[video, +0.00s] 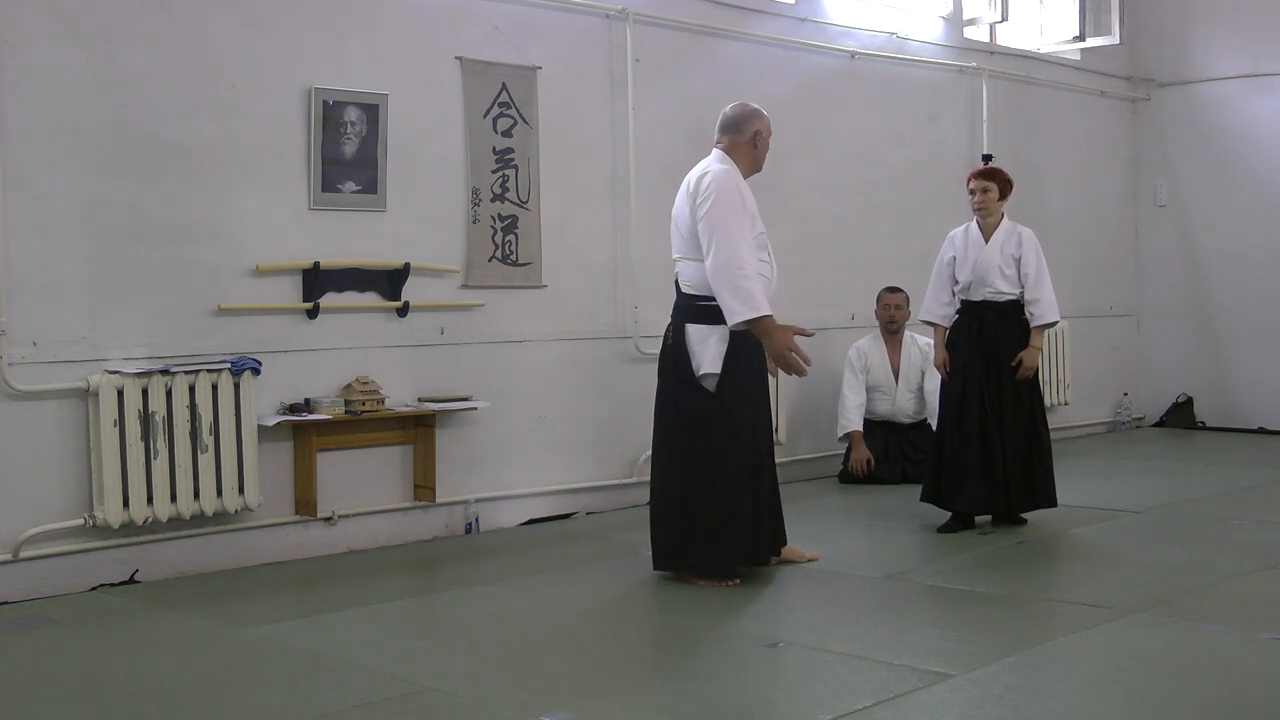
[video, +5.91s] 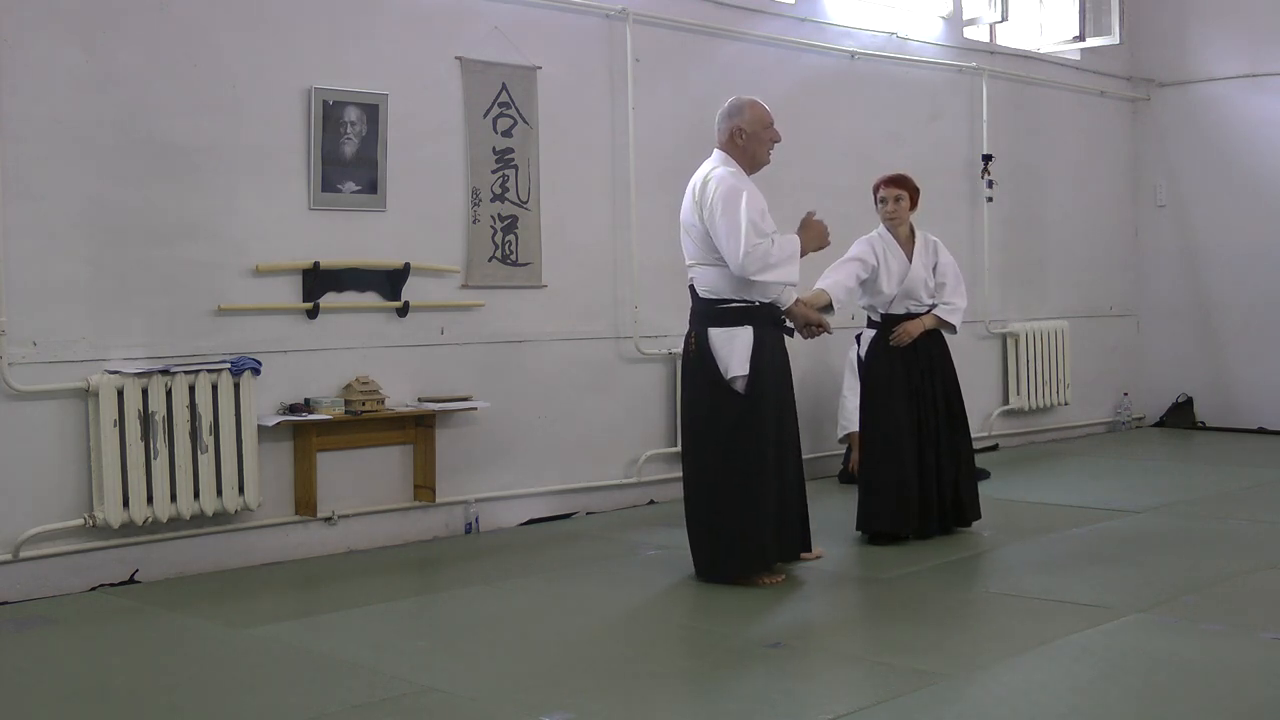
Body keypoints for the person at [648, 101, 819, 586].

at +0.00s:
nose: (769, 153)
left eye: (769, 143)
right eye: (768, 142)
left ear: (725, 135)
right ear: (756, 139)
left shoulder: (716, 178)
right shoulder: (718, 181)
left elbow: (733, 267)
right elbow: (727, 268)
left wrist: (770, 324)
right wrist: (768, 336)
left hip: (731, 330)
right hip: (711, 332)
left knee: (749, 441)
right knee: (704, 447)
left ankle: (763, 541)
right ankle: (693, 559)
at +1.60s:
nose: (811, 158)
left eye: (811, 150)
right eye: (810, 149)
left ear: (773, 143)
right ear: (799, 146)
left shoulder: (757, 179)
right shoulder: (774, 183)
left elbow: (794, 261)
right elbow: (785, 259)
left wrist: (841, 300)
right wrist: (810, 327)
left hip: (760, 318)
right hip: (759, 320)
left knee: (788, 431)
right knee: (752, 435)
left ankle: (784, 540)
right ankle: (728, 549)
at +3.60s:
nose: (786, 136)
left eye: (785, 128)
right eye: (777, 128)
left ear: (745, 133)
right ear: (744, 132)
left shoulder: (745, 183)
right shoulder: (730, 181)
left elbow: (770, 262)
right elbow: (739, 261)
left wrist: (809, 305)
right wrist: (766, 330)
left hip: (755, 328)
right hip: (730, 331)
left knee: (773, 440)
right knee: (735, 448)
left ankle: (783, 539)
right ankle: (733, 559)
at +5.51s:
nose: (776, 138)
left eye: (773, 129)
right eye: (768, 129)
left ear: (736, 133)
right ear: (738, 134)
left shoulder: (727, 180)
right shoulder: (721, 183)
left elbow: (750, 263)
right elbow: (732, 268)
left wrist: (793, 301)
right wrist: (782, 311)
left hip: (747, 326)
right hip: (725, 330)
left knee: (766, 438)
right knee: (733, 447)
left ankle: (776, 541)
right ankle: (734, 561)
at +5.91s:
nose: (777, 136)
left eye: (775, 128)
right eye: (769, 129)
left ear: (734, 135)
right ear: (738, 135)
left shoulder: (718, 179)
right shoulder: (727, 184)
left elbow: (743, 265)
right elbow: (749, 258)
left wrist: (790, 307)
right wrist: (800, 243)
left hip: (743, 323)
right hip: (732, 329)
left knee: (768, 438)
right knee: (737, 445)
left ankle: (775, 541)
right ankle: (736, 561)